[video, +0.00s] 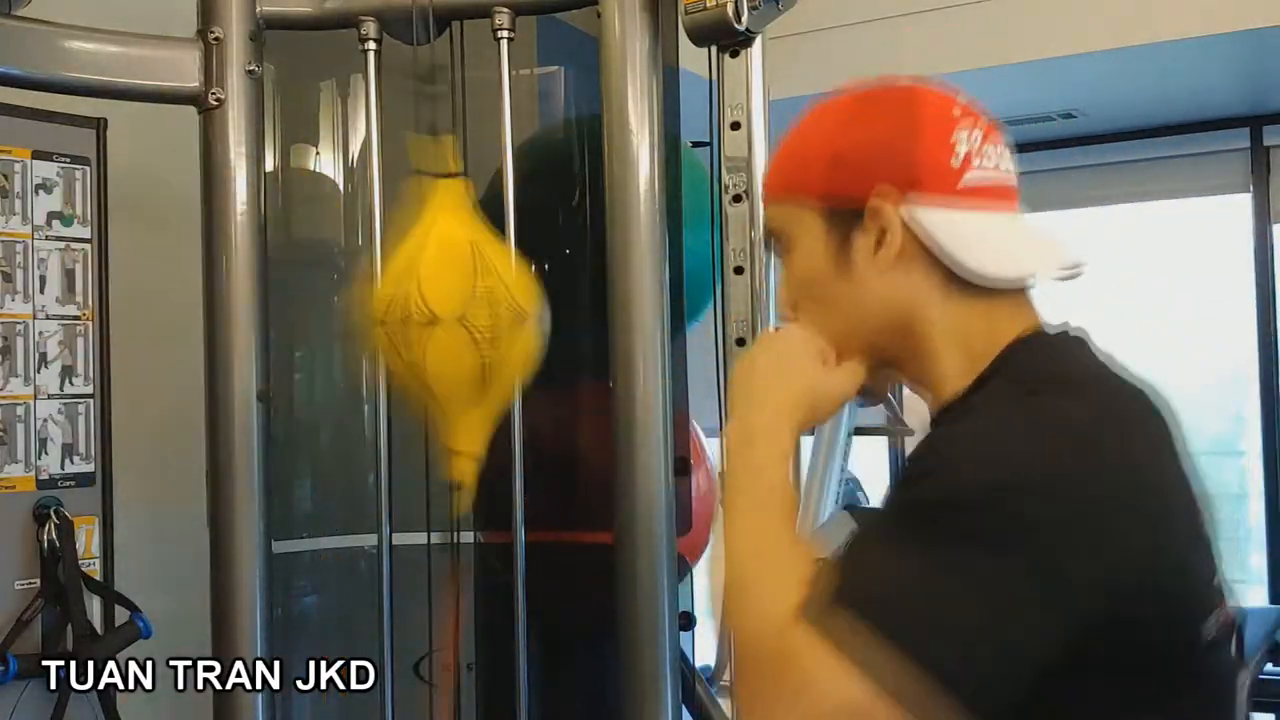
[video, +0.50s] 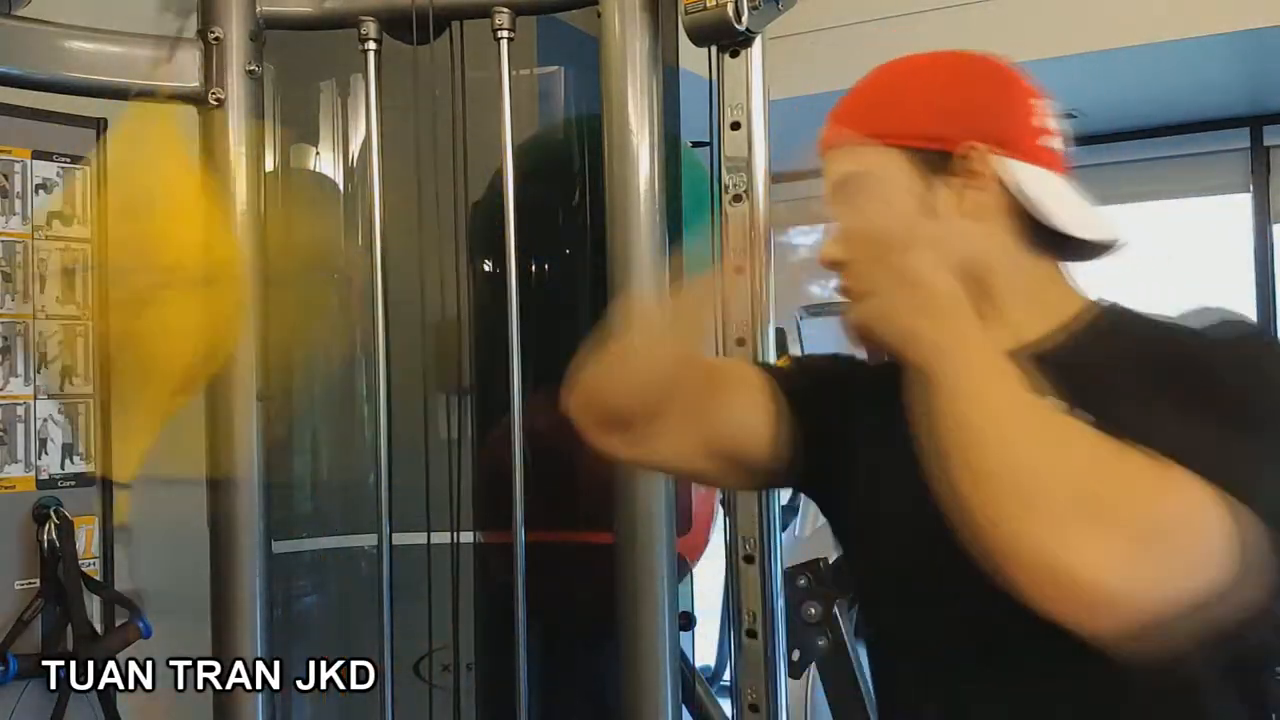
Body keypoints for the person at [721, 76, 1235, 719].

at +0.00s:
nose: (783, 299)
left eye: (784, 248)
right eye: (778, 253)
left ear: (881, 234)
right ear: (882, 233)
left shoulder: (1034, 446)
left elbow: (794, 702)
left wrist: (759, 424)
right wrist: (760, 439)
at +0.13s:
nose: (815, 246)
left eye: (829, 197)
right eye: (811, 204)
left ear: (951, 189)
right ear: (951, 192)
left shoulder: (1202, 422)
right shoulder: (942, 383)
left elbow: (1005, 671)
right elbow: (767, 438)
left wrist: (869, 382)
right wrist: (540, 348)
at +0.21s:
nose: (840, 251)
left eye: (865, 199)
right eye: (839, 207)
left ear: (1004, 187)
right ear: (993, 189)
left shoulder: (1244, 398)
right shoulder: (872, 390)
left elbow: (1159, 665)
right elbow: (606, 412)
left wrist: (960, 376)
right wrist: (380, 337)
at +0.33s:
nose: (863, 282)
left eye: (893, 223)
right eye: (859, 235)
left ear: (1034, 211)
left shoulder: (1244, 412)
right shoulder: (900, 436)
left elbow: (1225, 681)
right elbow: (609, 509)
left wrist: (1013, 391)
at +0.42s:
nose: (854, 266)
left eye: (880, 214)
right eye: (853, 226)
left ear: (1014, 202)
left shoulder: (1236, 399)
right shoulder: (877, 424)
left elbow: (1204, 648)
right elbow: (627, 469)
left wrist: (1020, 386)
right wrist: (867, 364)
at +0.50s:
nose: (827, 251)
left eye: (849, 197)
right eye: (830, 209)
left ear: (970, 185)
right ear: (966, 189)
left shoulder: (1226, 374)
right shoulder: (864, 409)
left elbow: (1117, 580)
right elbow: (611, 404)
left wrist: (938, 325)